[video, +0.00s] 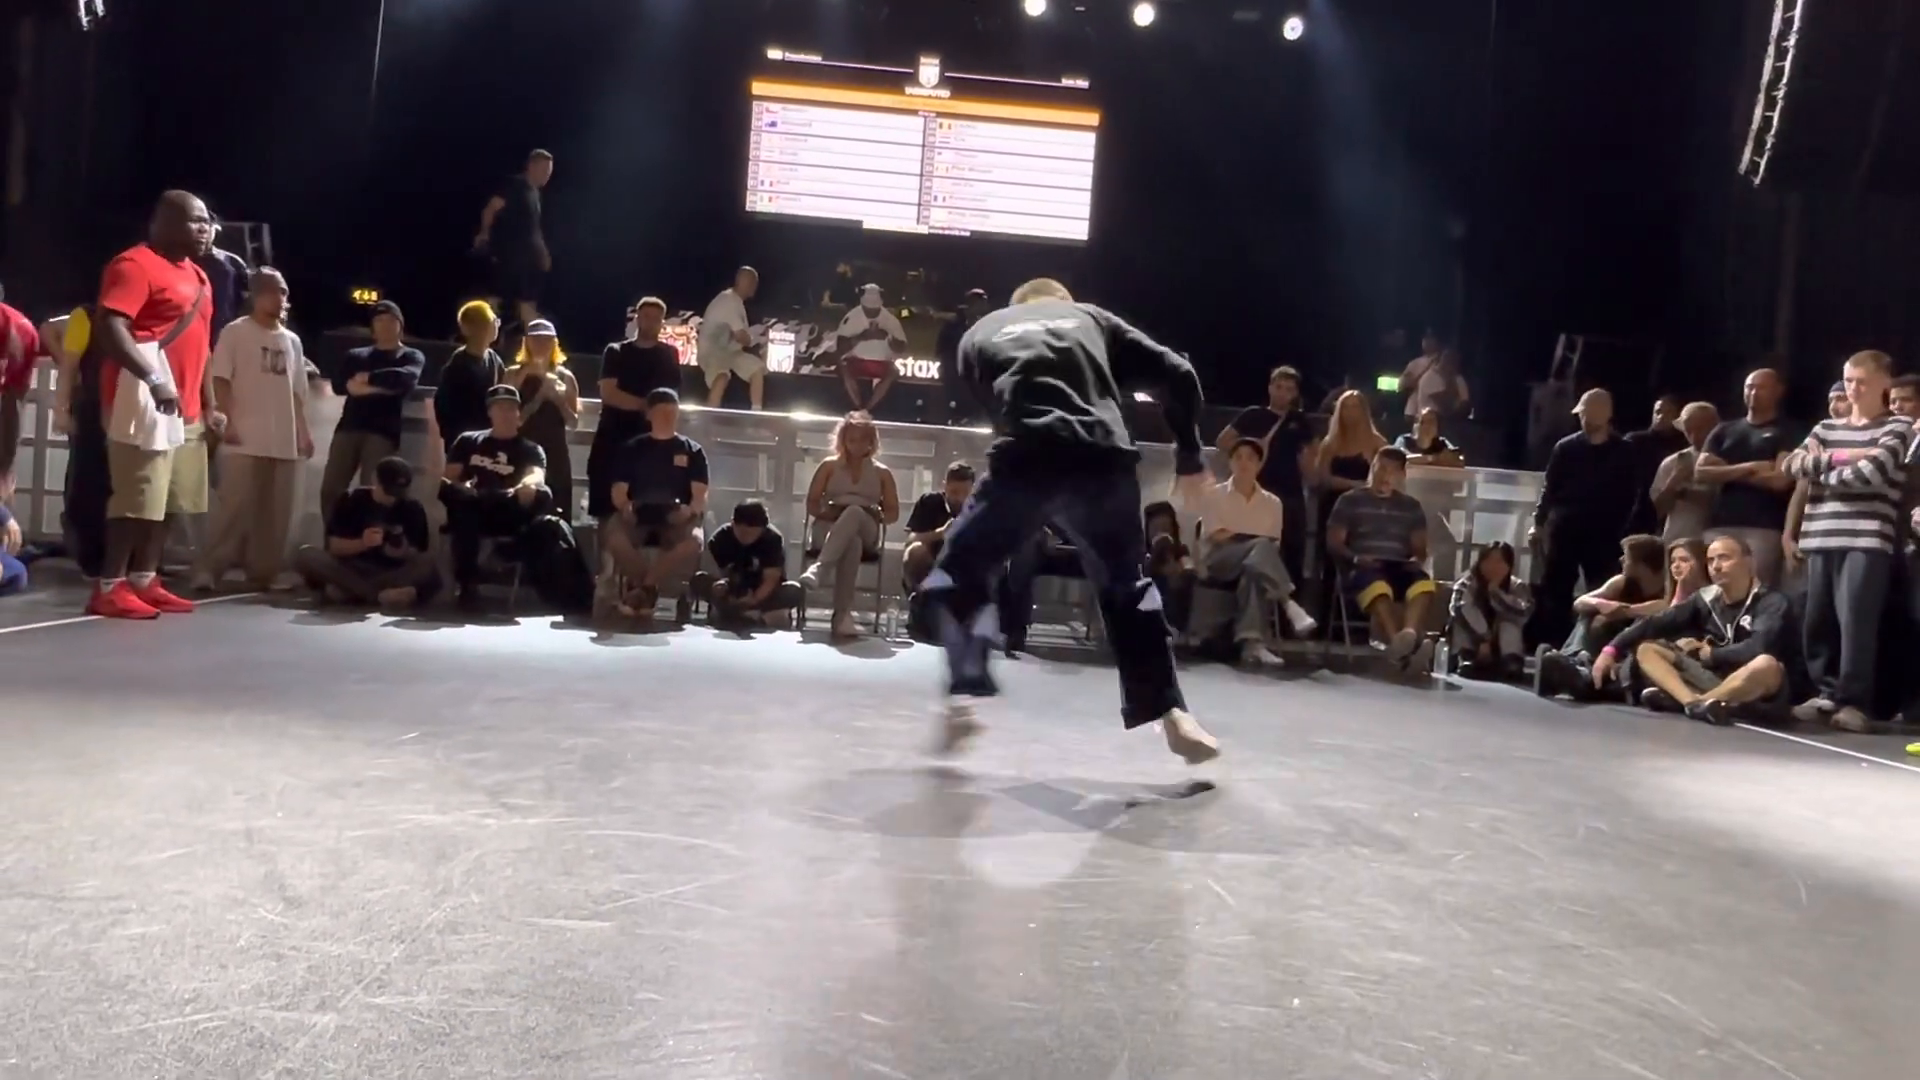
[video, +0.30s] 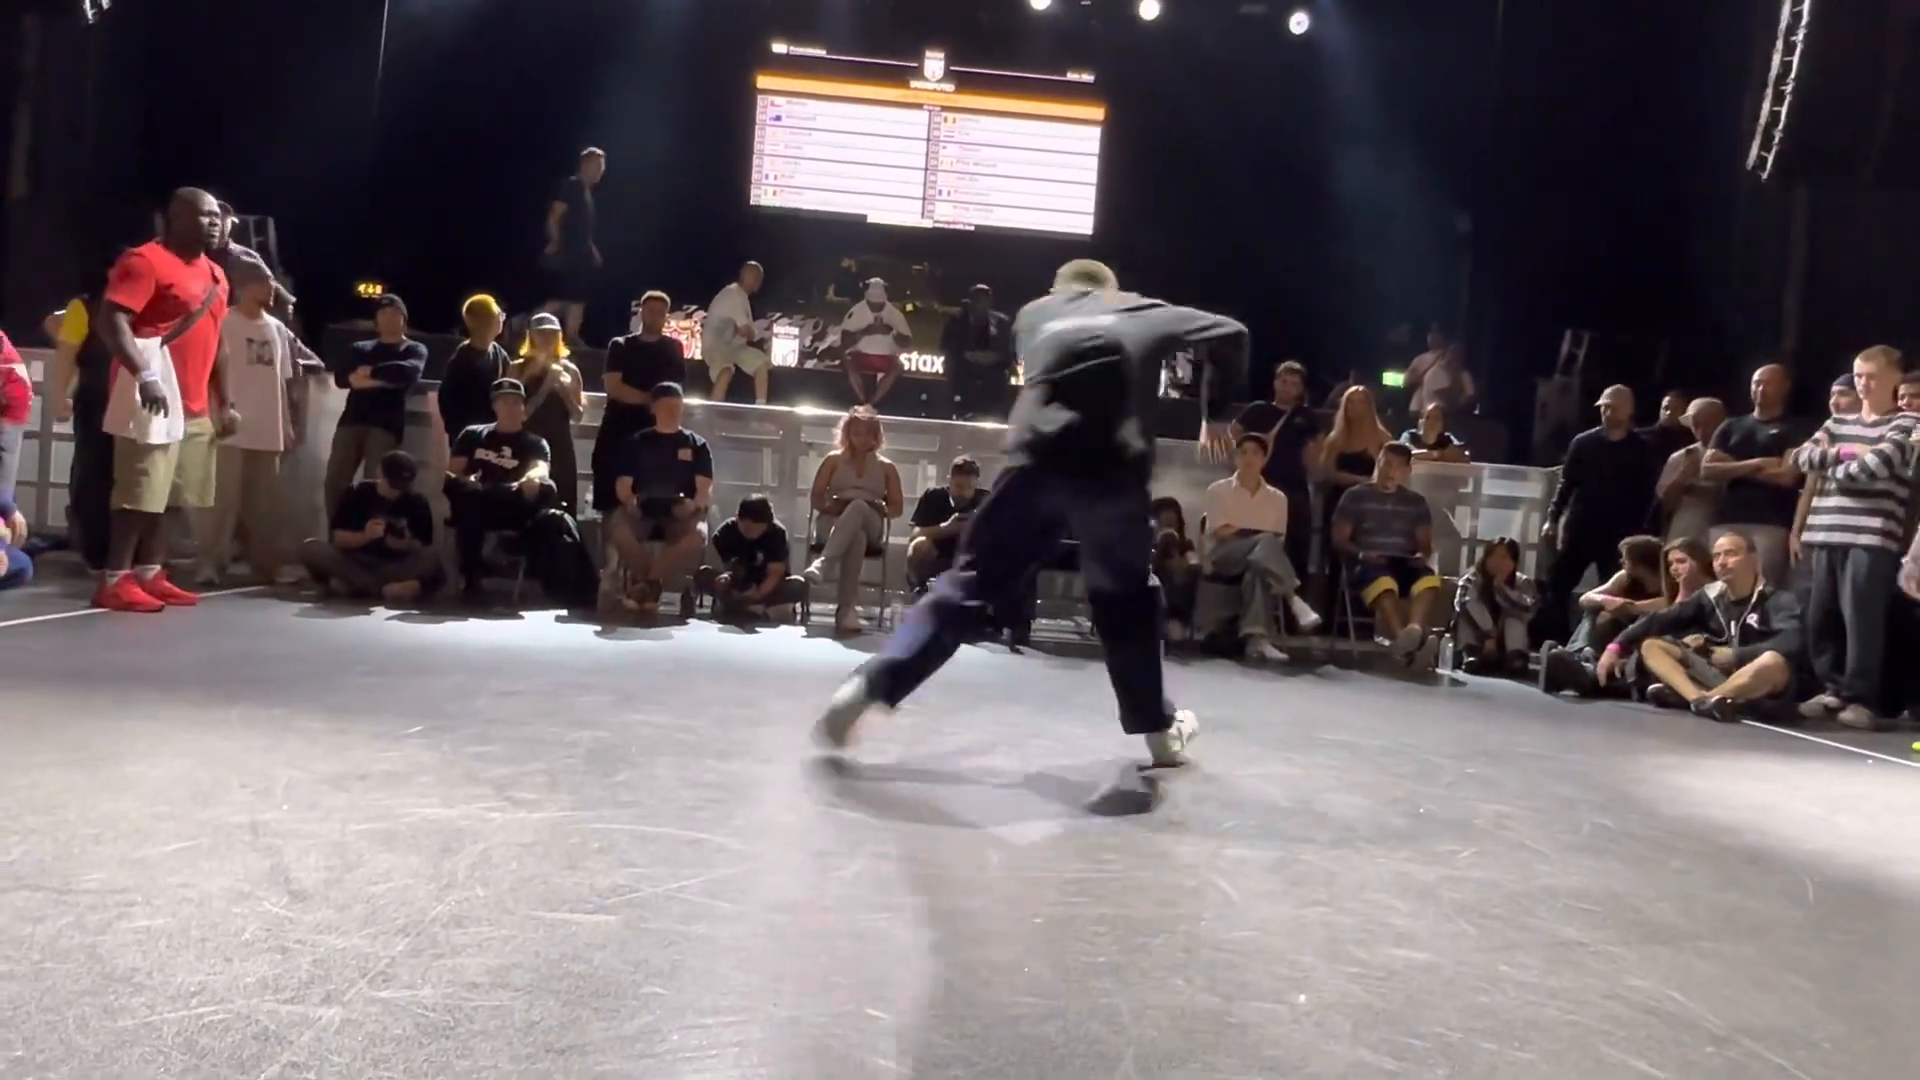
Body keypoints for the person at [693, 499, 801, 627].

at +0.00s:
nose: (747, 538)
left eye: (753, 534)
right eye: (743, 532)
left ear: (762, 529)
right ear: (733, 523)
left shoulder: (772, 539)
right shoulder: (718, 540)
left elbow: (772, 578)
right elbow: (721, 574)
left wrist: (755, 599)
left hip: (762, 585)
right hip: (734, 585)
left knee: (794, 590)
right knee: (700, 580)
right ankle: (760, 617)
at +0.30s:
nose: (751, 533)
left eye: (756, 529)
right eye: (747, 528)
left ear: (766, 524)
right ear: (738, 519)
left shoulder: (777, 533)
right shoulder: (723, 534)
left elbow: (776, 572)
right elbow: (726, 568)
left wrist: (759, 593)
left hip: (766, 581)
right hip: (738, 582)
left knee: (798, 585)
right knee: (703, 574)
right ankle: (762, 611)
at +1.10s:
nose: (758, 527)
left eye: (764, 524)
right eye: (755, 522)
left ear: (775, 519)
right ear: (747, 511)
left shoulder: (786, 525)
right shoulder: (732, 526)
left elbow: (785, 565)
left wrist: (765, 585)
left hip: (775, 573)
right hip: (746, 575)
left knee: (807, 576)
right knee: (713, 567)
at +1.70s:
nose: (765, 526)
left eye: (771, 522)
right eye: (762, 520)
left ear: (780, 516)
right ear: (753, 508)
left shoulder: (790, 521)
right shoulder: (736, 523)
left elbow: (789, 562)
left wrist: (769, 580)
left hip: (780, 568)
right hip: (752, 569)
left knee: (811, 573)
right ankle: (777, 600)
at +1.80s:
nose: (766, 526)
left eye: (772, 523)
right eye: (762, 520)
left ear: (780, 516)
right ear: (753, 509)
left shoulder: (791, 521)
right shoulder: (737, 522)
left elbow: (789, 561)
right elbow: (728, 558)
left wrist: (769, 580)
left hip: (780, 567)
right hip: (751, 569)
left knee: (812, 572)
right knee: (731, 595)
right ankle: (778, 600)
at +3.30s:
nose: (762, 524)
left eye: (769, 521)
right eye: (761, 519)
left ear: (778, 516)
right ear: (753, 510)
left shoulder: (790, 523)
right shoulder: (735, 523)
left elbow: (787, 562)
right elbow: (741, 555)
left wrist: (768, 581)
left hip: (779, 569)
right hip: (751, 569)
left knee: (810, 574)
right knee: (715, 563)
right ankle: (774, 600)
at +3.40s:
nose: (773, 524)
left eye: (775, 520)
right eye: (770, 520)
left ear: (779, 515)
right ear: (755, 512)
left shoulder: (790, 522)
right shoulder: (735, 523)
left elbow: (787, 563)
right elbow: (742, 556)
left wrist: (767, 581)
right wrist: (738, 564)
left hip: (779, 567)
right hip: (752, 567)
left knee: (809, 574)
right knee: (716, 562)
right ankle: (776, 600)